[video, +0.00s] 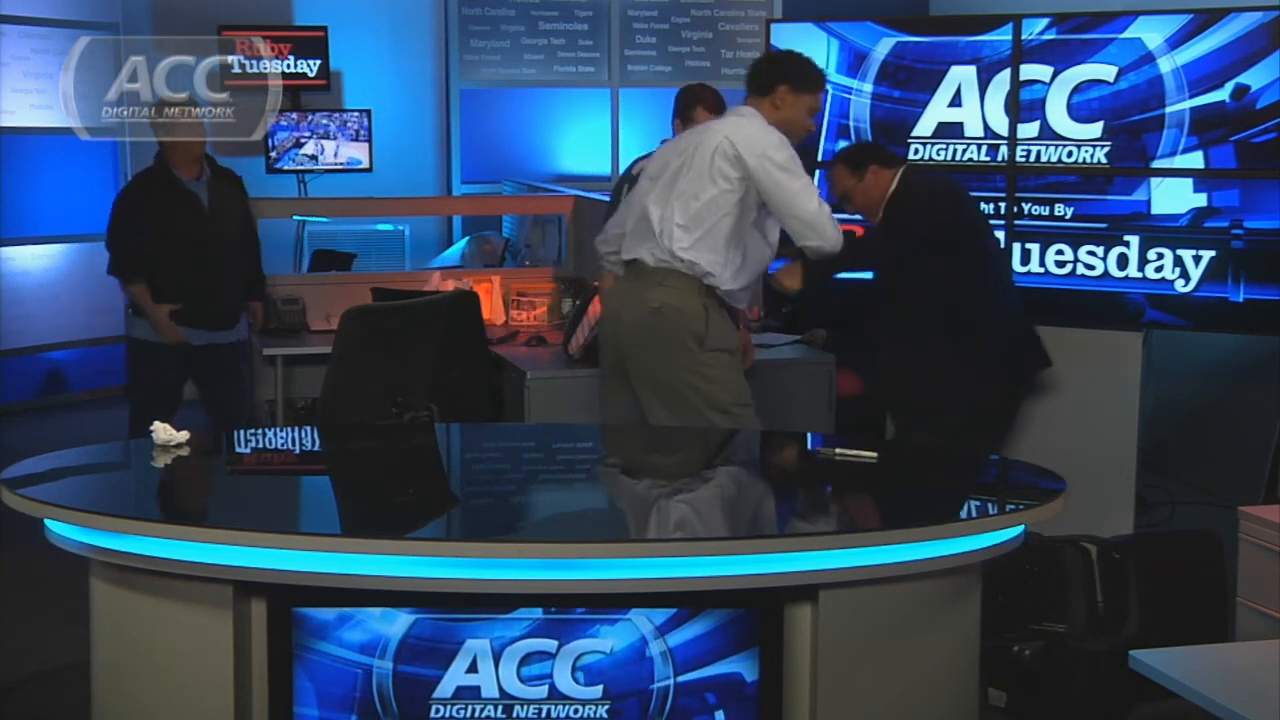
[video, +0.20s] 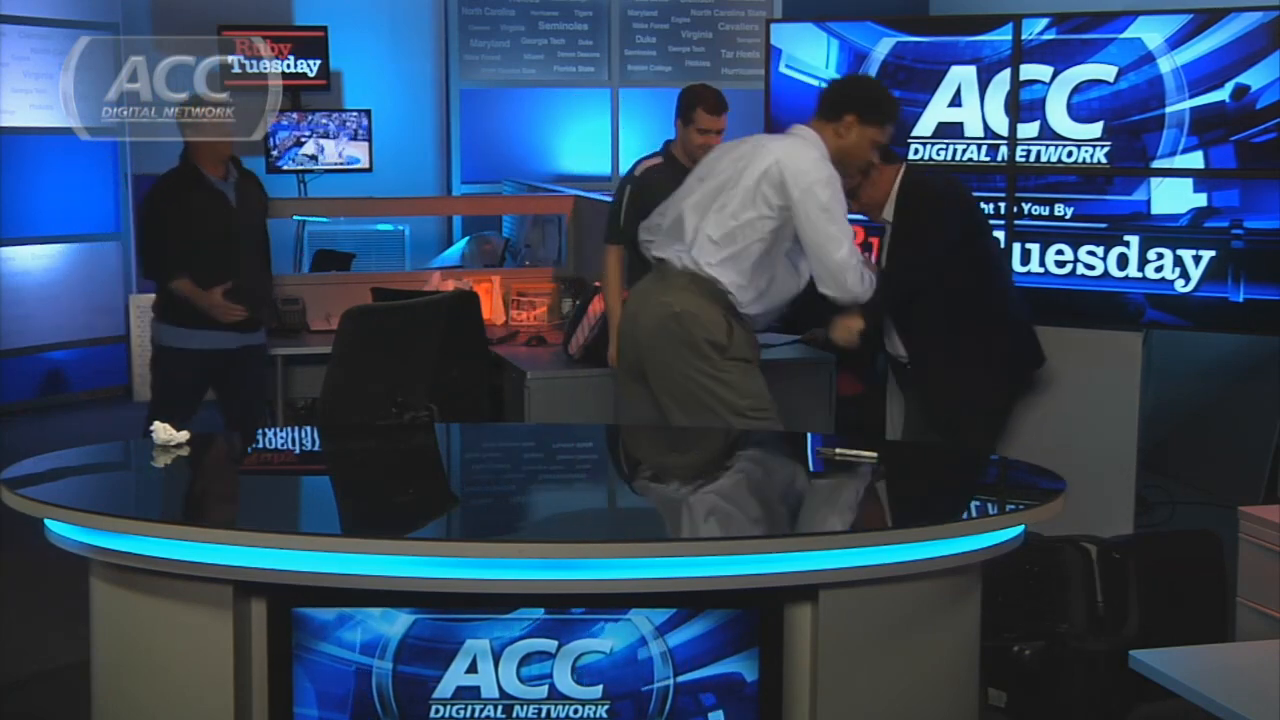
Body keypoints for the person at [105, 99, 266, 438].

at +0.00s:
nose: (197, 132)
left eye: (198, 122)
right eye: (186, 125)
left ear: (206, 129)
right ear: (164, 134)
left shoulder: (229, 184)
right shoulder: (138, 194)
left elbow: (249, 247)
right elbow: (126, 266)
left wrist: (255, 295)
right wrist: (151, 311)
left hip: (225, 333)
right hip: (160, 335)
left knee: (237, 430)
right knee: (150, 435)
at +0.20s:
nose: (229, 131)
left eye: (228, 122)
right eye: (218, 124)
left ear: (232, 128)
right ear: (194, 133)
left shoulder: (250, 186)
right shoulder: (166, 191)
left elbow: (259, 254)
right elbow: (158, 263)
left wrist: (264, 303)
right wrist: (200, 298)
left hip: (244, 342)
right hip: (184, 342)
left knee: (251, 439)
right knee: (166, 440)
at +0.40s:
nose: (259, 139)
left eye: (260, 130)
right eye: (247, 132)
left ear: (268, 133)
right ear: (225, 138)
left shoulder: (284, 191)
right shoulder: (200, 193)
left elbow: (295, 258)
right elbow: (192, 265)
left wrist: (304, 312)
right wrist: (238, 297)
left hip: (277, 345)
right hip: (220, 345)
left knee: (271, 448)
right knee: (227, 451)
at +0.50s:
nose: (281, 135)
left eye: (281, 126)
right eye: (271, 128)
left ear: (281, 130)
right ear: (245, 135)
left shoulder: (296, 188)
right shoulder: (212, 191)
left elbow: (311, 253)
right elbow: (207, 265)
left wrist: (325, 304)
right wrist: (251, 298)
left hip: (290, 340)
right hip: (234, 340)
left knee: (289, 439)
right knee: (244, 439)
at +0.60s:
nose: (293, 138)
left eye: (295, 129)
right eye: (281, 129)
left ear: (298, 130)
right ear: (255, 133)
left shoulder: (308, 190)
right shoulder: (225, 192)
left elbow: (326, 254)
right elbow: (215, 267)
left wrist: (350, 295)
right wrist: (261, 303)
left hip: (306, 344)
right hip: (250, 345)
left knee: (304, 447)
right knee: (264, 448)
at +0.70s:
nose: (307, 143)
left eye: (309, 134)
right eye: (297, 134)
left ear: (311, 136)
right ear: (269, 140)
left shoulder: (320, 193)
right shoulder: (238, 198)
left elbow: (336, 255)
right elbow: (225, 272)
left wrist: (359, 299)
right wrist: (270, 313)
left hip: (318, 352)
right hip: (261, 353)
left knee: (315, 454)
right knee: (272, 457)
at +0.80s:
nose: (320, 146)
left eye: (322, 137)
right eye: (310, 138)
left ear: (324, 138)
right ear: (281, 143)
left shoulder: (329, 197)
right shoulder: (253, 204)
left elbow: (345, 264)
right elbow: (241, 282)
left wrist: (363, 316)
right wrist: (283, 326)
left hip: (333, 355)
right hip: (278, 359)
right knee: (283, 463)